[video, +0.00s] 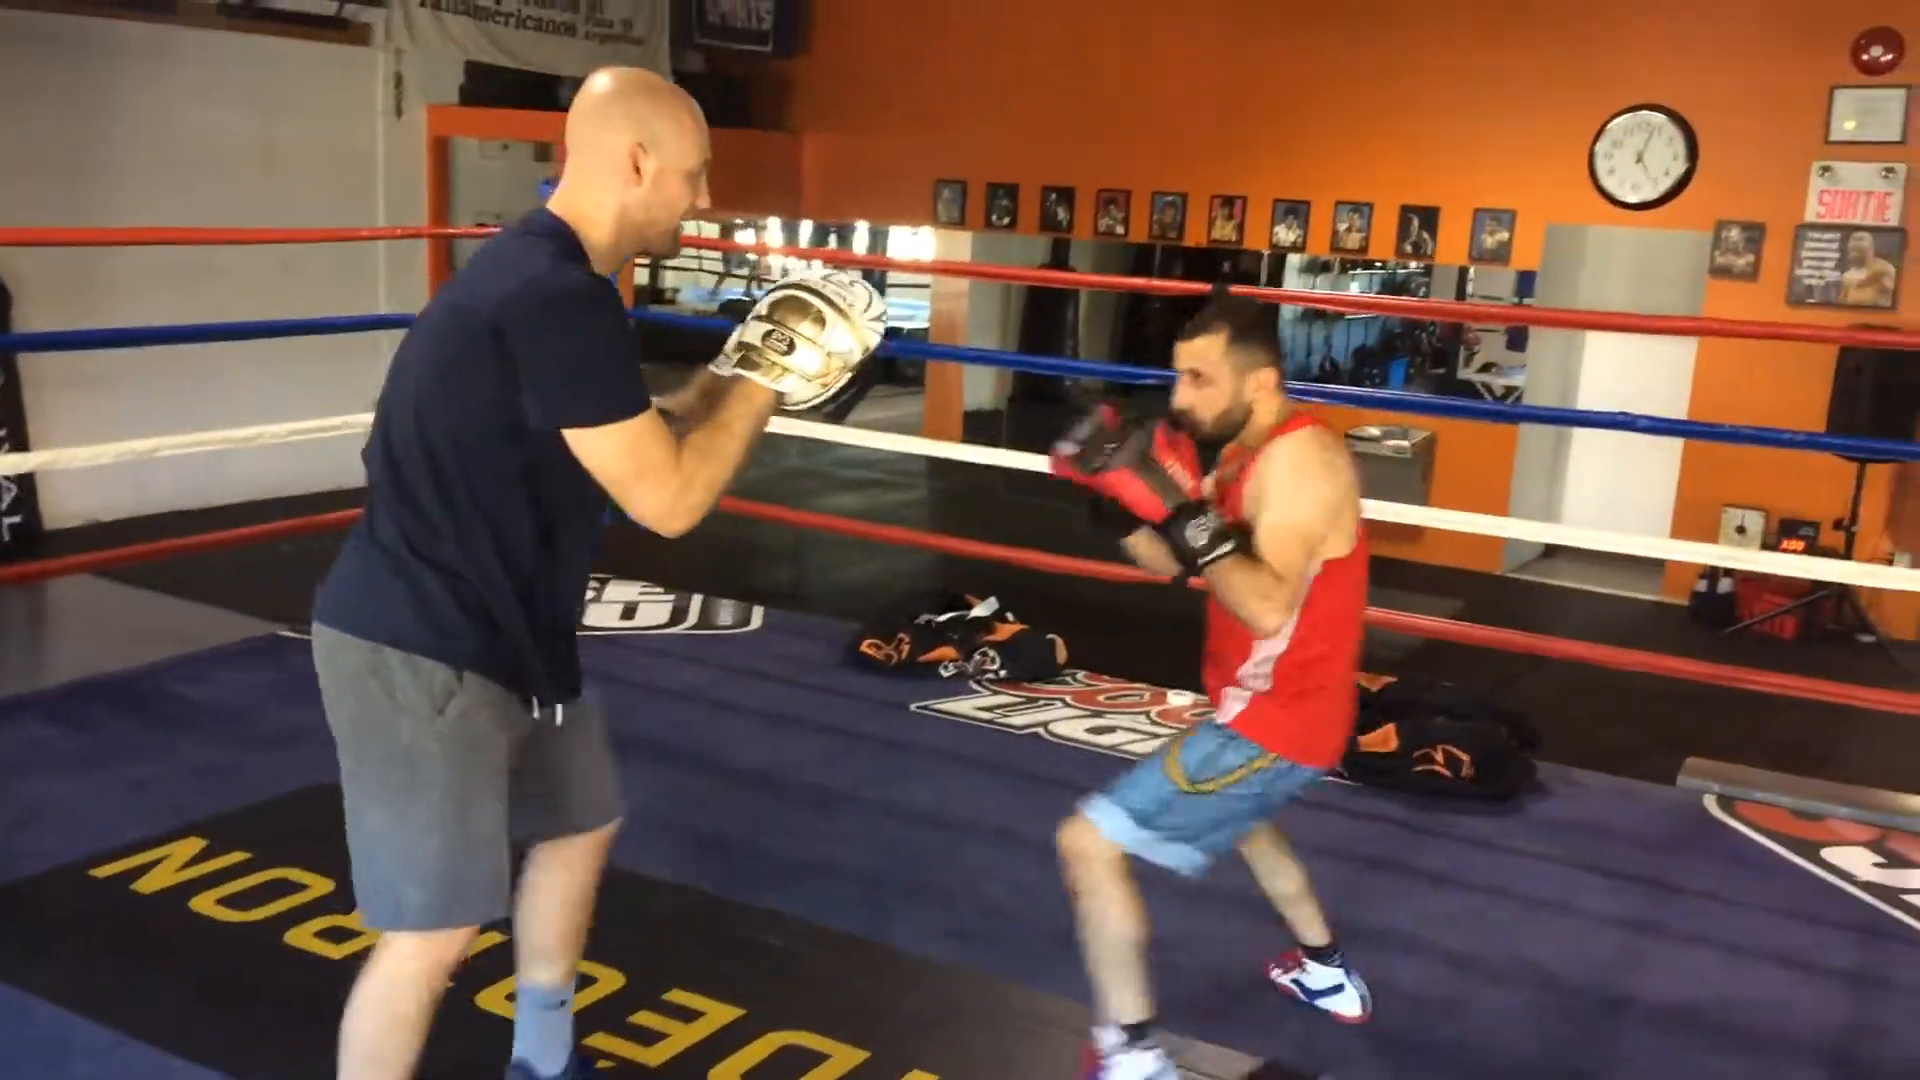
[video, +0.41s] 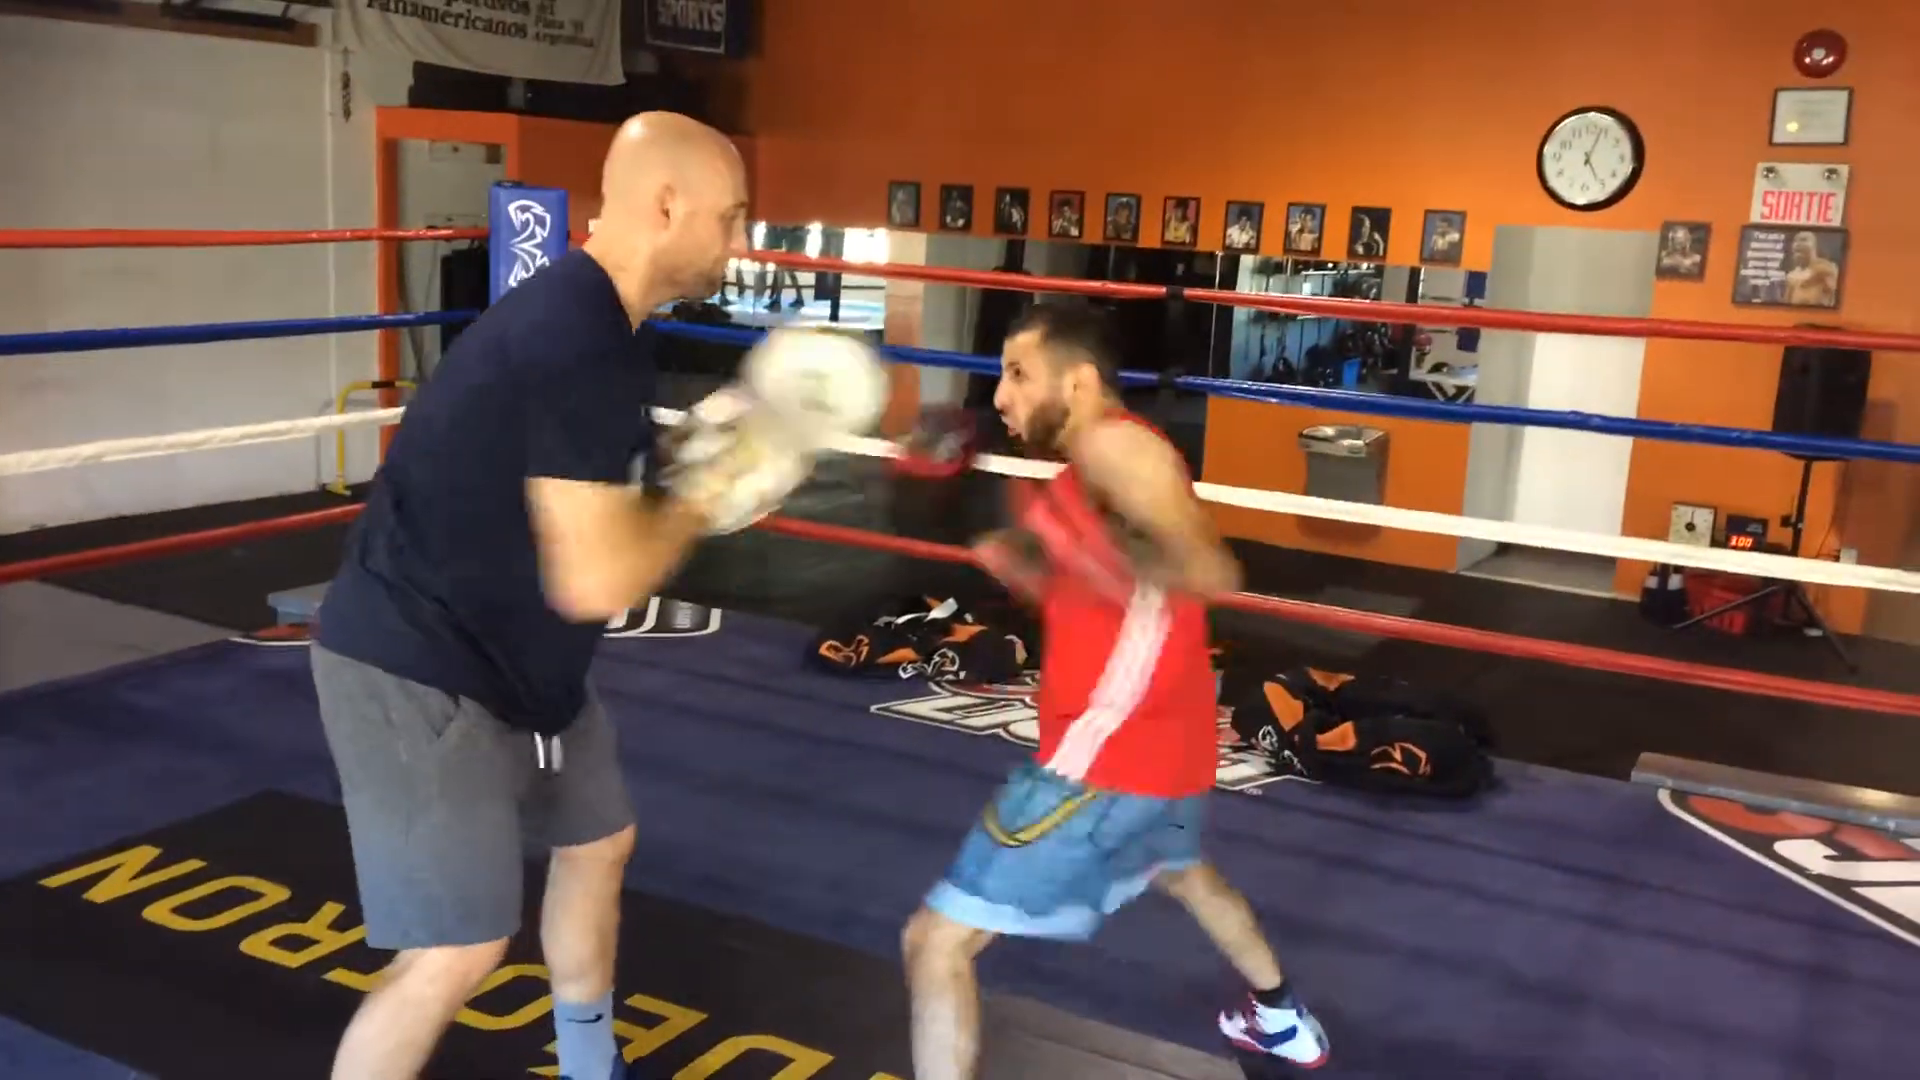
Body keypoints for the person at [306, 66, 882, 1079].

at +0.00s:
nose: (700, 202)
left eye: (702, 179)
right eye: (693, 176)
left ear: (615, 162)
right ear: (633, 164)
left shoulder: (548, 276)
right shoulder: (549, 293)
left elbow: (630, 452)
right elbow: (670, 500)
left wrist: (739, 367)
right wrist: (768, 379)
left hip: (509, 634)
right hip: (413, 642)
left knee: (578, 819)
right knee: (431, 925)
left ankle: (541, 1062)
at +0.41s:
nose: (736, 248)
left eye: (739, 223)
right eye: (729, 220)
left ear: (652, 206)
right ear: (666, 205)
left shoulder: (598, 326)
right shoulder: (571, 332)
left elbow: (580, 524)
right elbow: (590, 582)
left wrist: (691, 469)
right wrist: (699, 505)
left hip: (516, 646)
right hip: (412, 655)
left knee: (596, 839)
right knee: (455, 942)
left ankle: (590, 1068)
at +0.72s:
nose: (767, 244)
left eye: (768, 222)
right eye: (757, 219)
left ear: (679, 205)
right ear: (692, 209)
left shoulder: (561, 296)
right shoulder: (671, 331)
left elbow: (531, 462)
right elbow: (865, 441)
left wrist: (651, 558)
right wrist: (1015, 441)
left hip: (518, 655)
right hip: (446, 661)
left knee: (575, 849)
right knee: (463, 950)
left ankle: (594, 1067)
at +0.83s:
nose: (786, 260)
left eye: (791, 239)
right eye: (778, 234)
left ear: (693, 216)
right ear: (709, 216)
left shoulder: (584, 294)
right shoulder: (698, 330)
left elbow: (544, 448)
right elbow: (881, 447)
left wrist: (661, 516)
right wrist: (945, 469)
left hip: (536, 645)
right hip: (474, 649)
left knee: (586, 848)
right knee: (487, 942)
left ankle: (602, 1069)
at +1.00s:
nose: (819, 260)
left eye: (823, 237)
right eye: (810, 233)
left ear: (726, 218)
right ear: (743, 216)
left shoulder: (641, 296)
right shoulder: (701, 327)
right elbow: (815, 405)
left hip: (566, 644)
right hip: (489, 650)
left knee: (609, 848)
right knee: (507, 934)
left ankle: (613, 1068)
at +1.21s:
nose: (810, 254)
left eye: (815, 232)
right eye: (804, 229)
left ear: (720, 210)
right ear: (744, 212)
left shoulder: (621, 294)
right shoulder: (738, 341)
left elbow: (621, 462)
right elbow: (815, 504)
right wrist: (795, 526)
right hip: (513, 652)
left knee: (614, 838)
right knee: (529, 937)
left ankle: (618, 1067)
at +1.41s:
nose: (752, 218)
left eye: (752, 194)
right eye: (739, 191)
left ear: (651, 185)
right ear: (667, 183)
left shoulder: (551, 296)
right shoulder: (650, 319)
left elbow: (573, 506)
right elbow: (703, 549)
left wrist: (743, 554)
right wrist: (798, 556)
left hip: (554, 660)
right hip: (486, 669)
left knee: (602, 857)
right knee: (487, 949)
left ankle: (620, 1071)